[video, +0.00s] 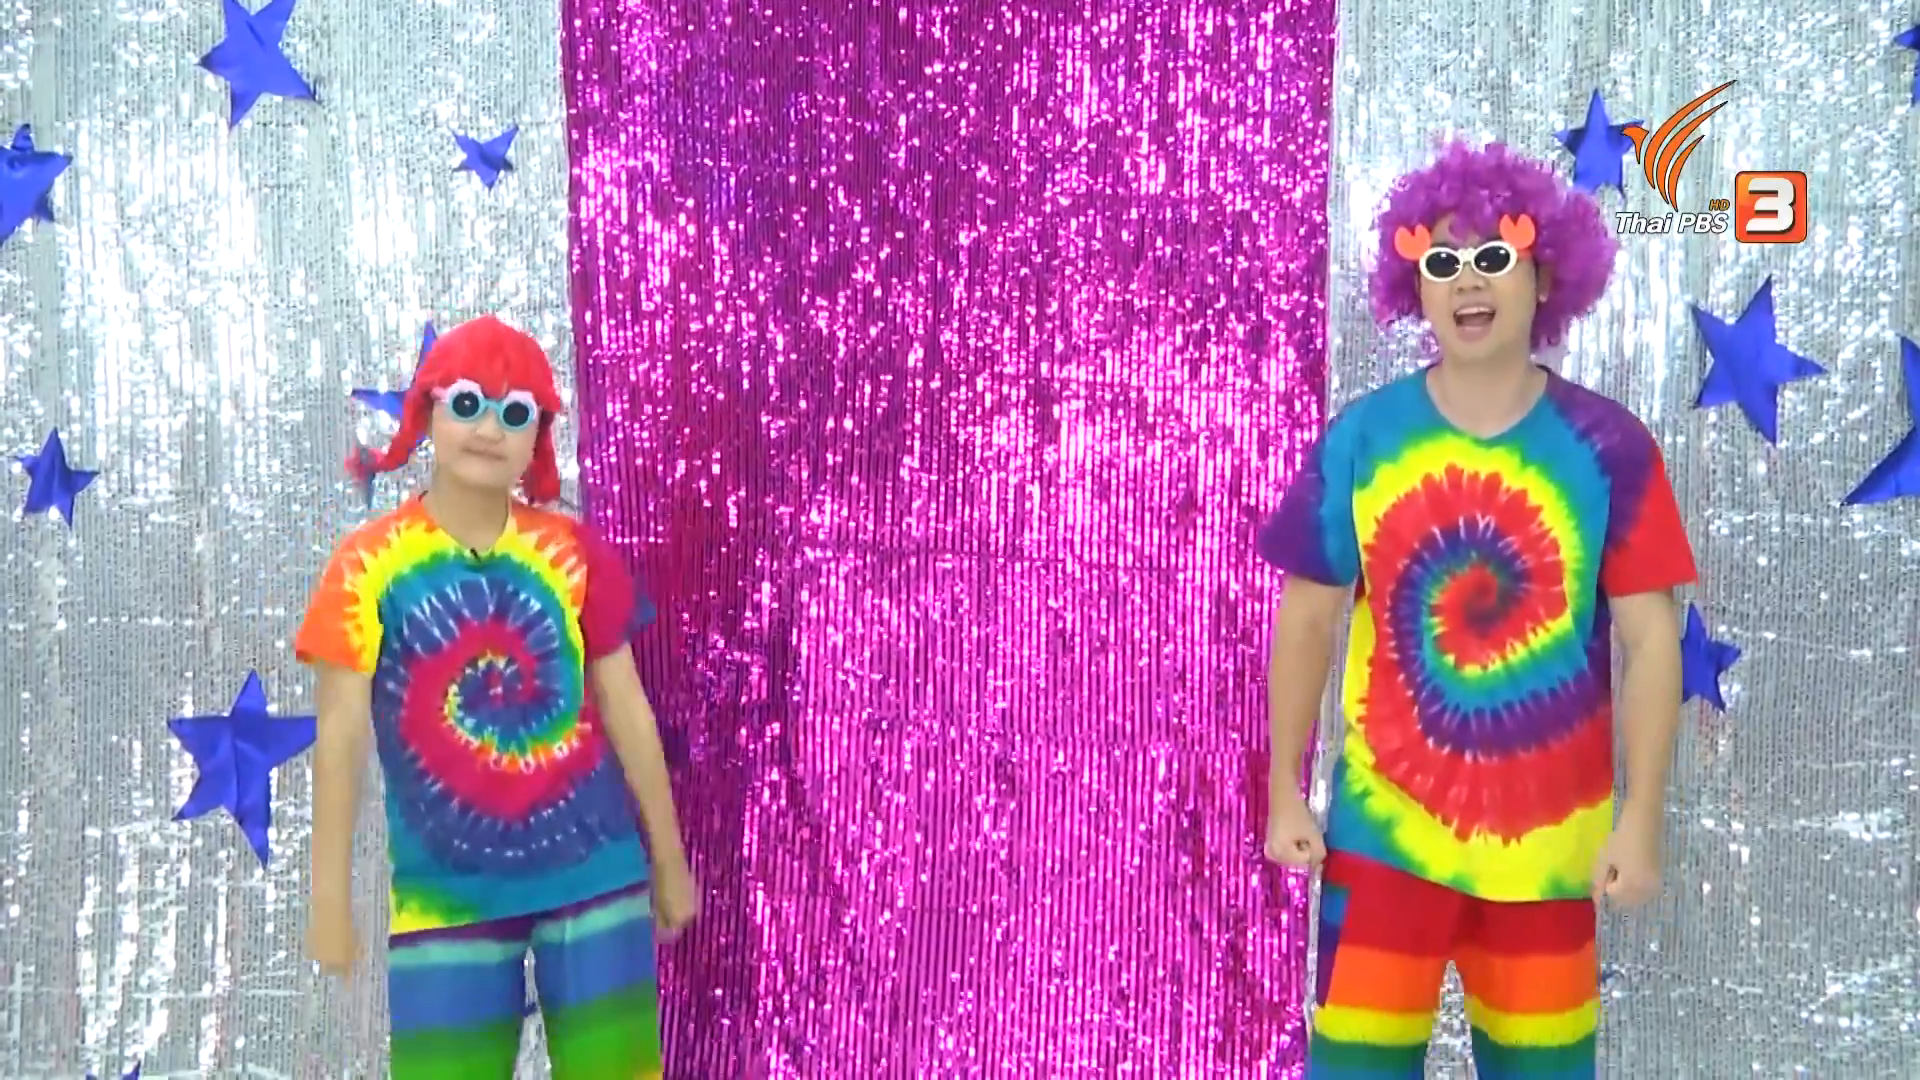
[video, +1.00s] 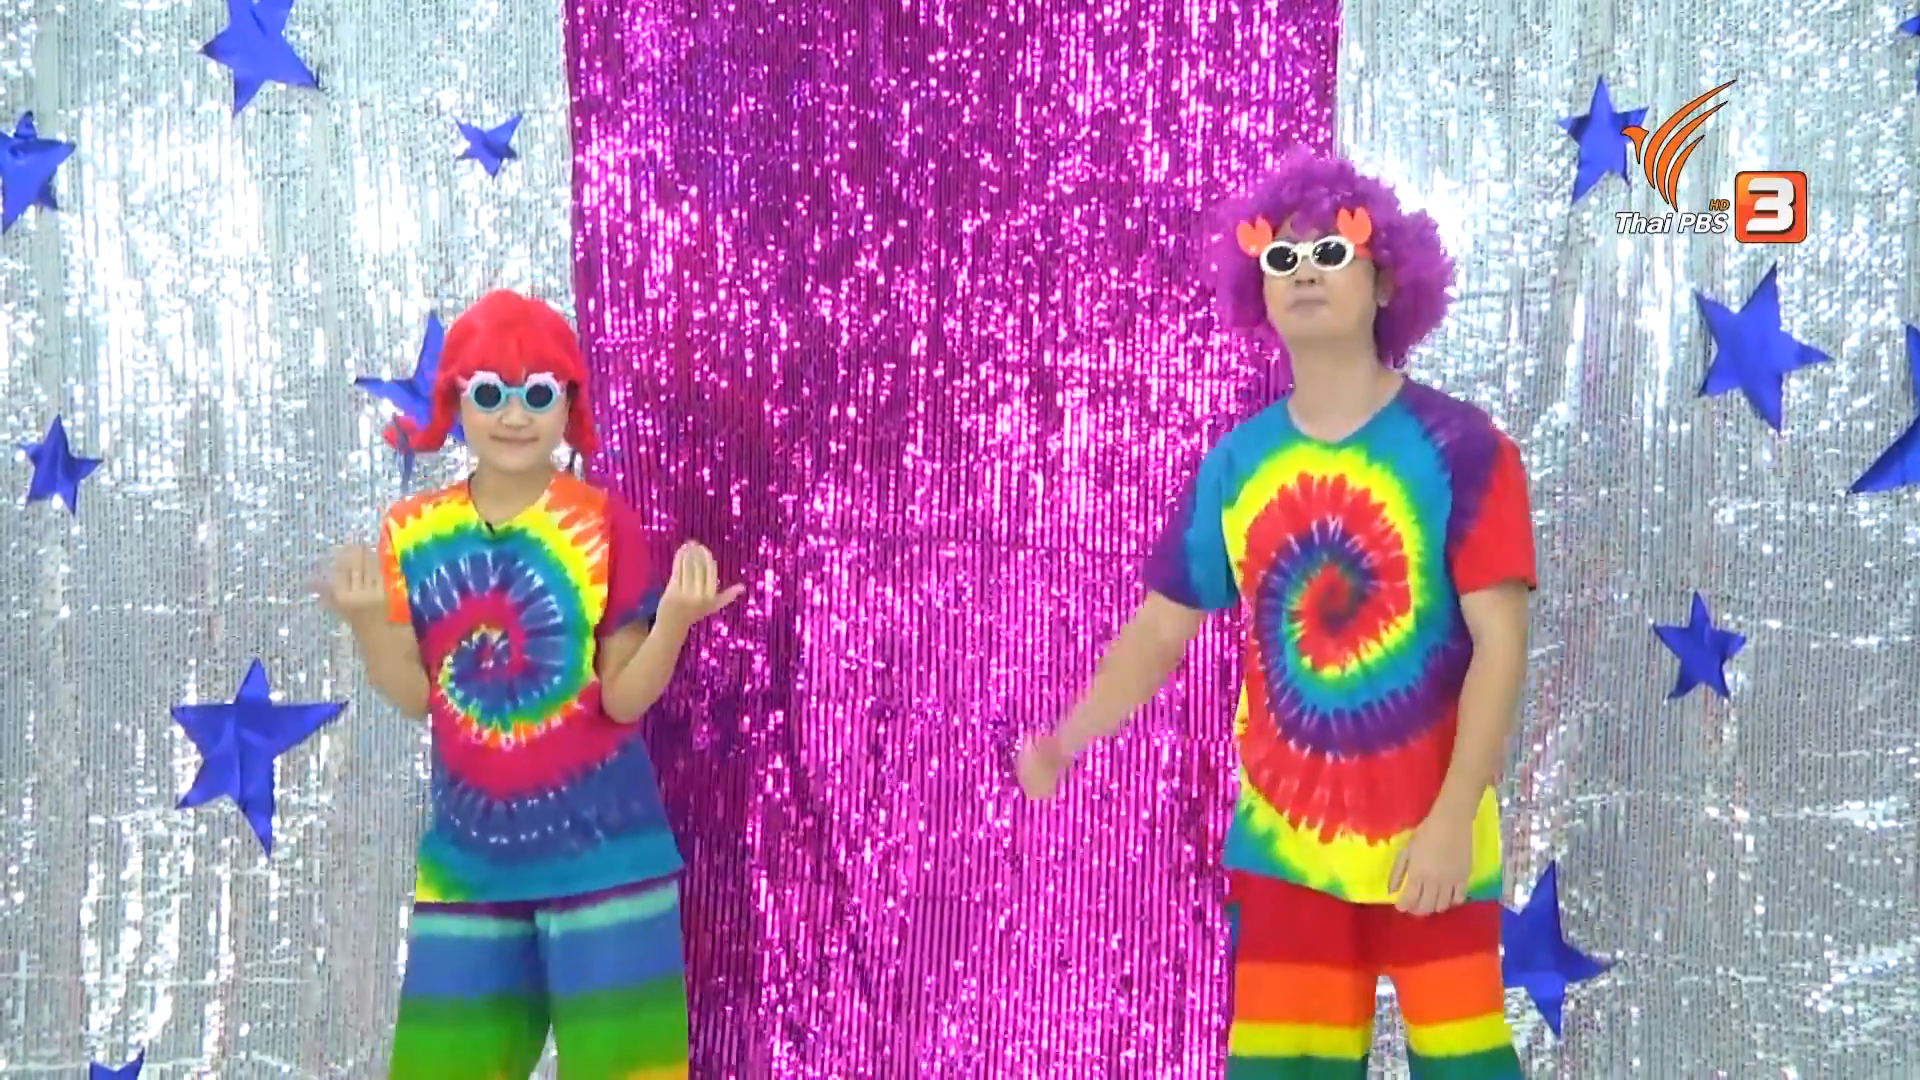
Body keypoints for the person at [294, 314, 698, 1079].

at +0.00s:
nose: (489, 428)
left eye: (514, 412)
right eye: (466, 405)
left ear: (537, 438)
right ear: (427, 422)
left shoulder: (573, 549)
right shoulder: (368, 561)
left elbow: (624, 704)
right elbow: (340, 734)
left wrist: (669, 854)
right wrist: (330, 897)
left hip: (593, 882)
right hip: (445, 896)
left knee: (617, 1067)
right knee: (448, 1069)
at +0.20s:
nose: (473, 388)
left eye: (495, 365)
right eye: (445, 373)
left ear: (532, 387)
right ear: (419, 400)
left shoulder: (586, 514)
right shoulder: (375, 521)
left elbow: (660, 624)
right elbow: (339, 660)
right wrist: (309, 767)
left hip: (561, 839)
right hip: (408, 845)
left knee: (600, 1057)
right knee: (388, 1059)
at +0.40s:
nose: (467, 413)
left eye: (489, 388)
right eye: (440, 397)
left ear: (525, 404)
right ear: (415, 422)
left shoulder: (581, 532)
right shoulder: (376, 535)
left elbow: (587, 700)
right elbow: (343, 703)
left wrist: (563, 828)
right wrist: (339, 839)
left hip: (529, 868)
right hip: (375, 866)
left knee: (546, 1067)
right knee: (358, 1066)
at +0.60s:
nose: (480, 409)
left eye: (503, 385)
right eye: (453, 391)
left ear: (538, 400)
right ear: (426, 413)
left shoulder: (590, 520)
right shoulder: (389, 535)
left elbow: (631, 691)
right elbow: (349, 695)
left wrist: (675, 813)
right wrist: (268, 823)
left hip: (539, 861)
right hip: (391, 854)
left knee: (537, 1065)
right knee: (356, 1063)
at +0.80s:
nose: (500, 396)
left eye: (524, 376)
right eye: (475, 376)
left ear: (556, 392)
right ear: (443, 392)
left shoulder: (596, 505)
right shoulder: (401, 513)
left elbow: (618, 680)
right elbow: (378, 675)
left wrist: (678, 629)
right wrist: (297, 663)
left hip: (581, 835)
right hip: (446, 836)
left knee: (593, 1063)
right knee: (400, 1062)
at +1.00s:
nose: (514, 413)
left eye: (539, 393)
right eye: (489, 393)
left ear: (570, 409)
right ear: (457, 411)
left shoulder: (605, 521)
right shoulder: (413, 526)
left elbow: (623, 699)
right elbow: (413, 695)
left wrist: (674, 622)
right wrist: (370, 621)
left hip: (603, 846)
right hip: (468, 853)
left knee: (625, 1062)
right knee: (447, 1064)